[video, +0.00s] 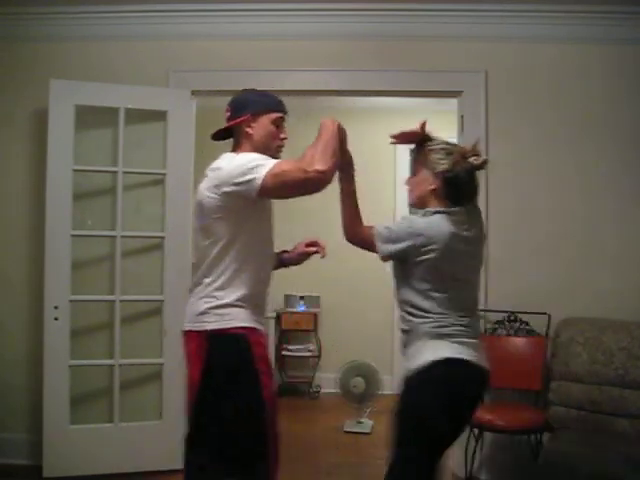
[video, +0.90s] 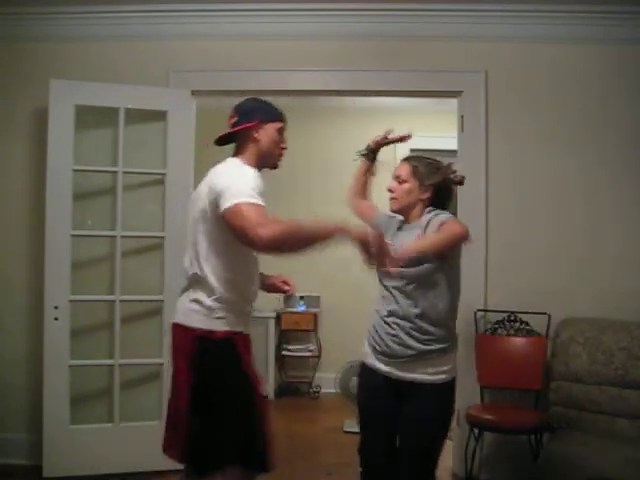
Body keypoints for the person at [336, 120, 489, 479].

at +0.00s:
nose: (408, 180)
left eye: (416, 173)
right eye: (413, 172)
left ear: (437, 184)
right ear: (449, 186)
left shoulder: (422, 229)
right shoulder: (471, 224)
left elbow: (354, 232)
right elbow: (454, 178)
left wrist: (345, 169)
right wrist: (425, 144)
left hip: (435, 369)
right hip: (470, 368)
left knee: (407, 471)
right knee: (418, 470)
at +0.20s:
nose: (382, 184)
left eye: (387, 178)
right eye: (384, 177)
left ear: (403, 183)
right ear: (427, 183)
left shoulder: (379, 229)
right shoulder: (450, 223)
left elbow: (359, 203)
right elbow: (482, 163)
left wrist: (353, 157)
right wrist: (452, 146)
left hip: (388, 364)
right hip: (442, 368)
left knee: (365, 464)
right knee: (407, 467)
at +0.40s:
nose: (409, 176)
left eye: (404, 169)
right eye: (404, 171)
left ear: (372, 188)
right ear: (397, 182)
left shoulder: (369, 228)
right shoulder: (414, 228)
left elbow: (399, 173)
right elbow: (468, 193)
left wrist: (377, 138)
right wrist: (427, 161)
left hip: (366, 356)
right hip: (400, 366)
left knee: (370, 458)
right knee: (399, 465)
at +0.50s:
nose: (409, 167)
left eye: (404, 163)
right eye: (399, 164)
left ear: (387, 185)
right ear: (378, 186)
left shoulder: (407, 219)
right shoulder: (374, 224)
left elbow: (425, 158)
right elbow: (419, 193)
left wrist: (379, 134)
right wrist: (378, 168)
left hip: (393, 361)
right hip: (379, 363)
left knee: (368, 459)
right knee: (408, 465)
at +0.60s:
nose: (388, 185)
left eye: (397, 178)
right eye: (381, 179)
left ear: (410, 187)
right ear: (372, 189)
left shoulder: (424, 222)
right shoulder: (368, 234)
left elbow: (437, 169)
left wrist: (381, 145)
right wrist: (349, 171)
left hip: (410, 368)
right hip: (375, 366)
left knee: (363, 460)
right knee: (402, 465)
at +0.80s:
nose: (383, 187)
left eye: (393, 180)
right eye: (384, 180)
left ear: (418, 186)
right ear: (389, 188)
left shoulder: (437, 227)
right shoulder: (377, 227)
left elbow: (443, 202)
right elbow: (329, 189)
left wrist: (380, 202)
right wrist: (364, 159)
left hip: (424, 376)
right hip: (373, 371)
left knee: (403, 468)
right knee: (372, 465)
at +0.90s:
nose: (390, 186)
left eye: (400, 181)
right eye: (392, 180)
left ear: (425, 191)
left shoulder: (439, 221)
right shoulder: (388, 223)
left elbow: (458, 232)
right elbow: (357, 199)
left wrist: (402, 253)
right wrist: (370, 154)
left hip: (429, 378)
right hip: (379, 371)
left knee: (417, 471)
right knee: (374, 467)